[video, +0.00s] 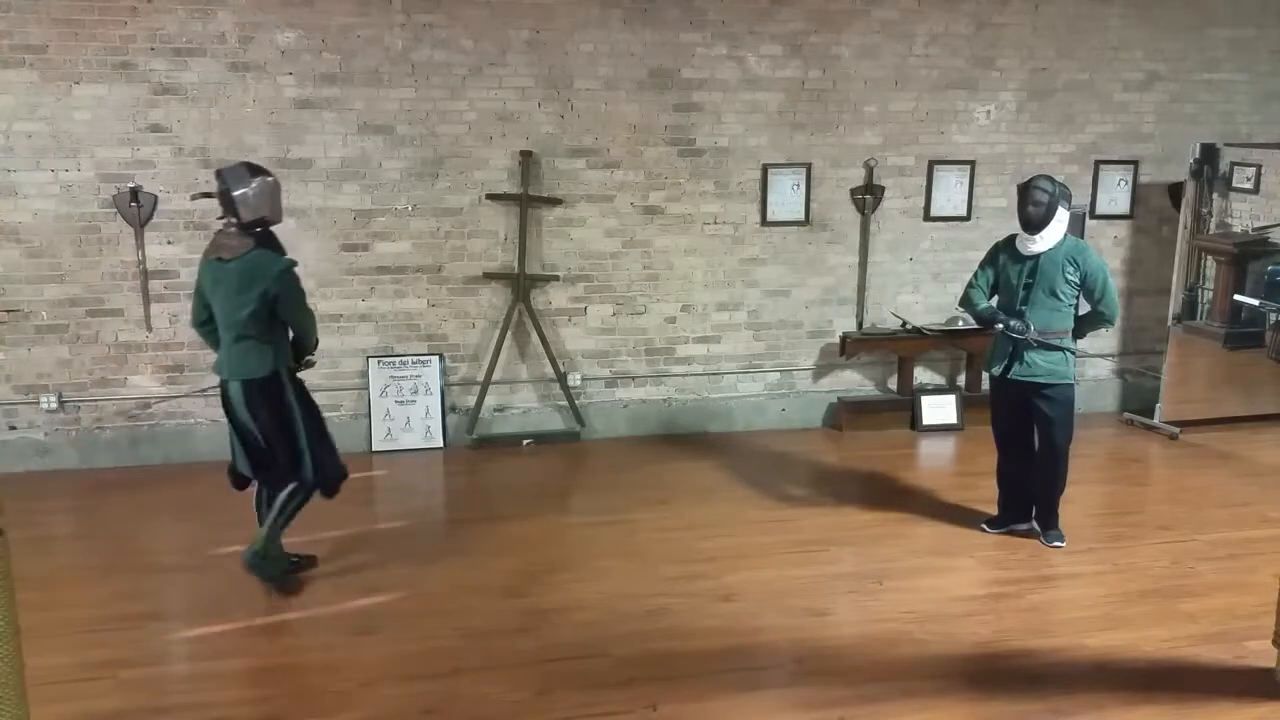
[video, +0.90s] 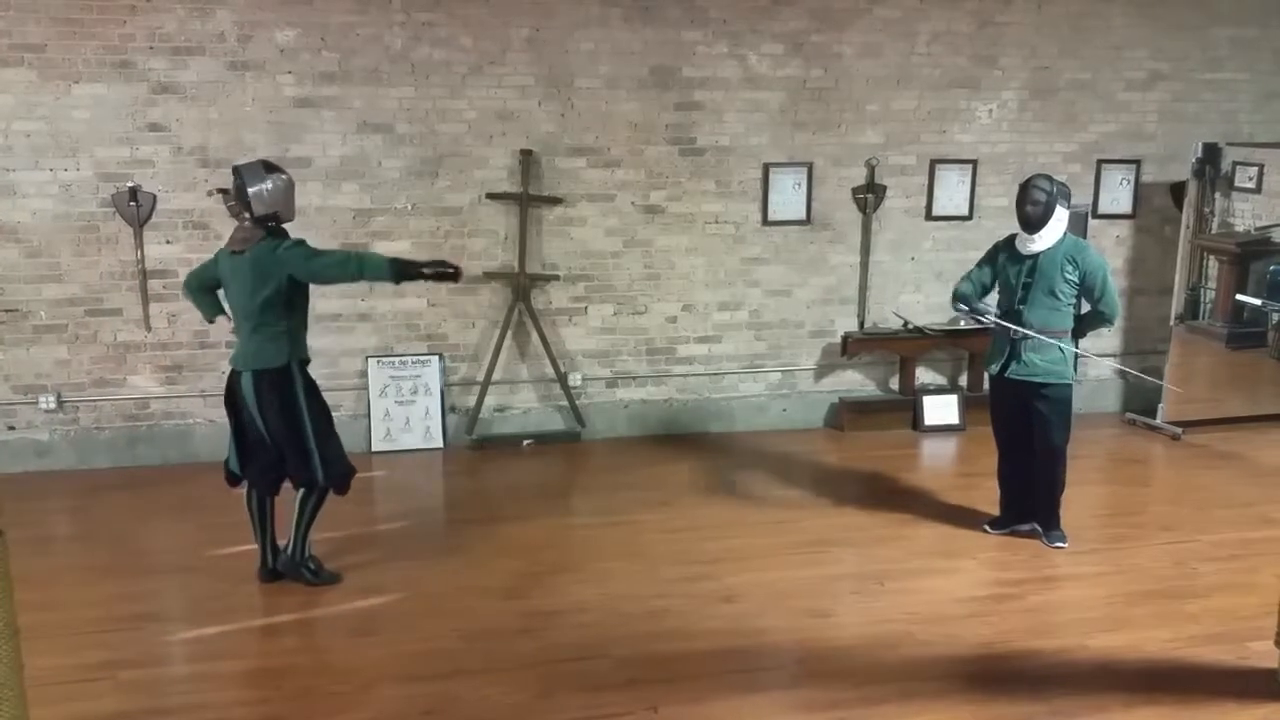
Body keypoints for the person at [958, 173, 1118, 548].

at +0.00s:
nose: (1028, 209)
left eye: (1037, 203)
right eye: (1024, 202)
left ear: (1058, 207)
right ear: (1019, 204)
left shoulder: (1079, 254)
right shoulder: (1004, 250)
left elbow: (1107, 312)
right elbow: (972, 296)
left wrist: (1068, 331)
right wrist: (999, 320)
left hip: (1052, 372)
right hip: (1006, 370)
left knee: (1053, 453)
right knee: (1011, 449)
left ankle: (1048, 522)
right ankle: (1013, 515)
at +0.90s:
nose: (1027, 210)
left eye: (1035, 203)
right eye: (1023, 202)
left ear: (1056, 207)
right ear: (1017, 203)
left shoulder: (1080, 254)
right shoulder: (1005, 249)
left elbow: (1108, 310)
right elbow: (963, 294)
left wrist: (1073, 329)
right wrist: (998, 316)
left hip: (1050, 372)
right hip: (1005, 369)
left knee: (1049, 452)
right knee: (1011, 449)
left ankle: (1049, 523)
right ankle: (1015, 515)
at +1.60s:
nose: (1029, 212)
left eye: (1039, 207)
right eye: (1026, 205)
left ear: (1060, 210)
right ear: (1020, 205)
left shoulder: (1078, 255)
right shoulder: (1005, 247)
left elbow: (1105, 315)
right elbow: (953, 250)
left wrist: (1069, 331)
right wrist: (899, 238)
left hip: (1047, 365)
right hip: (1002, 362)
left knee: (1047, 450)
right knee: (1008, 445)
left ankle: (1046, 521)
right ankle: (1013, 514)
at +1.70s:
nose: (1026, 212)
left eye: (1034, 206)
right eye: (1023, 205)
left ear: (1057, 209)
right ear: (1018, 206)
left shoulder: (1077, 256)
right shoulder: (1006, 248)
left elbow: (1105, 314)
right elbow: (957, 260)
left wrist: (1071, 330)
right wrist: (912, 248)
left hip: (1046, 365)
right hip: (1002, 363)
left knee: (1046, 449)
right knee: (1008, 445)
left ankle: (1046, 521)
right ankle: (1013, 514)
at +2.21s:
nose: (1007, 219)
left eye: (1014, 212)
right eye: (1003, 212)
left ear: (1038, 210)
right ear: (1001, 211)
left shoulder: (1070, 253)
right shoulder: (997, 251)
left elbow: (1102, 308)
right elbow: (950, 282)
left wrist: (1063, 327)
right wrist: (936, 252)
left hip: (1048, 365)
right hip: (1002, 363)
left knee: (1048, 448)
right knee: (1007, 445)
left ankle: (1046, 521)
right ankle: (1013, 514)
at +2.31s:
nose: (1006, 222)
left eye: (1013, 214)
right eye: (1002, 215)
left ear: (1037, 211)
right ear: (999, 212)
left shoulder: (1070, 254)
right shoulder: (996, 252)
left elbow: (1102, 308)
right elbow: (956, 282)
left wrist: (1065, 329)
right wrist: (927, 270)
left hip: (1047, 364)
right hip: (1003, 363)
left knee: (1047, 447)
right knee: (1007, 445)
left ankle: (1048, 522)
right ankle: (1012, 515)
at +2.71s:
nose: (999, 215)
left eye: (1006, 207)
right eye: (998, 207)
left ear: (1030, 211)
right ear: (1006, 208)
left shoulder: (1064, 255)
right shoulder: (1004, 258)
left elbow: (1094, 314)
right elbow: (982, 311)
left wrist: (1069, 330)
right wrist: (950, 343)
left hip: (1046, 372)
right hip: (1005, 369)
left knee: (1059, 452)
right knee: (1006, 448)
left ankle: (1096, 520)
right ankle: (1012, 514)